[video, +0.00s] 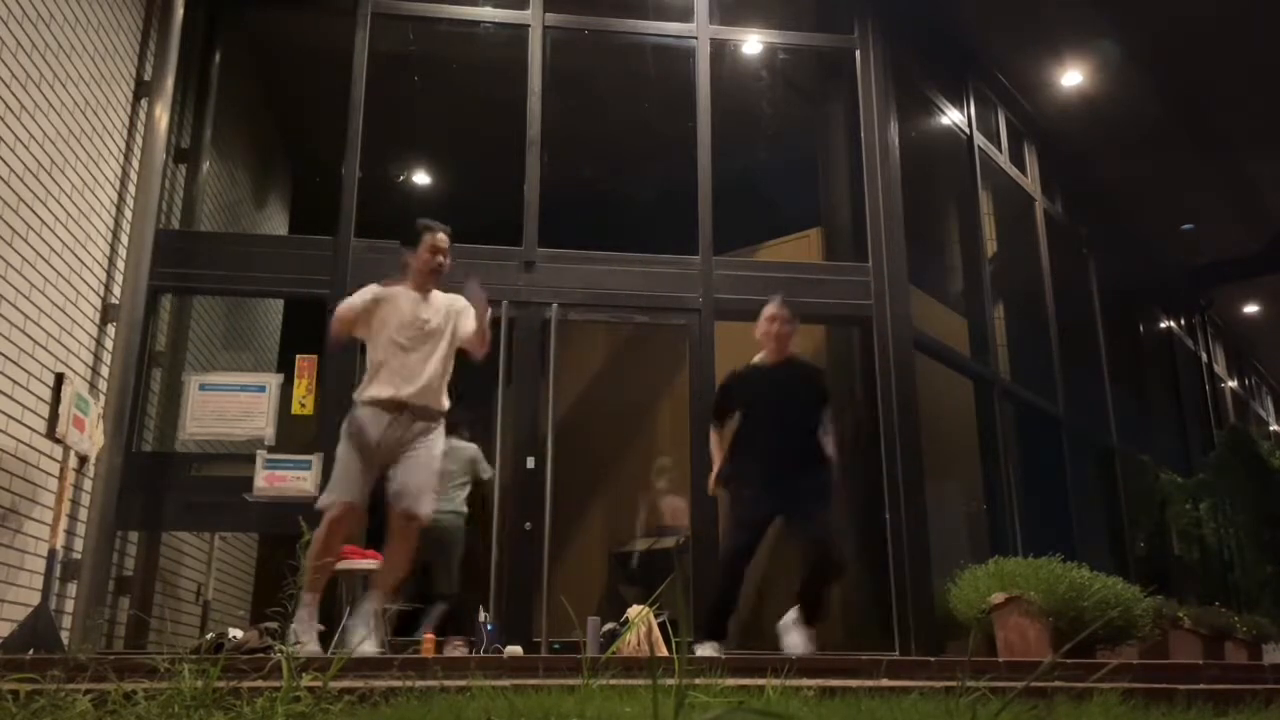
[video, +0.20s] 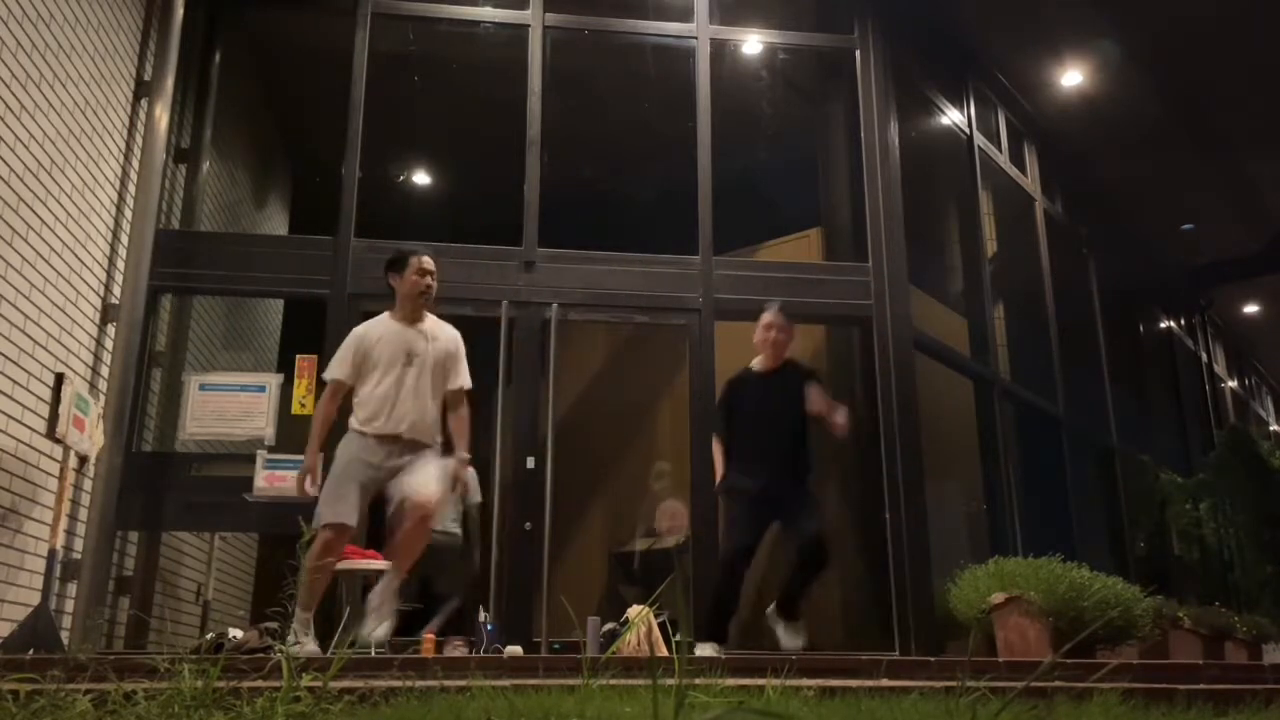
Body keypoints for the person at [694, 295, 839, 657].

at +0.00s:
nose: (777, 328)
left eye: (784, 321)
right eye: (770, 320)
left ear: (795, 329)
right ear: (757, 328)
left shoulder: (812, 376)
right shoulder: (743, 378)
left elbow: (827, 425)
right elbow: (715, 422)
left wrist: (836, 462)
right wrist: (719, 463)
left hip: (804, 479)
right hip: (753, 480)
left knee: (825, 554)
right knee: (734, 558)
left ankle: (799, 620)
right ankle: (711, 638)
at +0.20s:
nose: (774, 335)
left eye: (781, 330)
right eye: (768, 328)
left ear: (791, 337)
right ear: (756, 335)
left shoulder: (803, 380)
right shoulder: (738, 385)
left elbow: (841, 424)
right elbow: (718, 433)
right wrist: (721, 477)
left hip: (792, 484)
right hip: (746, 486)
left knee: (815, 549)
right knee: (734, 558)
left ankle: (785, 612)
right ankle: (712, 639)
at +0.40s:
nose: (816, 308)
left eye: (823, 302)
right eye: (810, 302)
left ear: (835, 308)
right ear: (798, 307)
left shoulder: (850, 342)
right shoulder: (788, 345)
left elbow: (884, 370)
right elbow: (752, 358)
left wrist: (833, 346)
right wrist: (745, 396)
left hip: (841, 452)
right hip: (791, 451)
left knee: (856, 526)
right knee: (757, 514)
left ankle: (850, 612)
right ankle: (747, 600)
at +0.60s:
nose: (859, 329)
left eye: (866, 323)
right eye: (853, 322)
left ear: (876, 332)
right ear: (840, 329)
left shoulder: (889, 382)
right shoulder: (824, 376)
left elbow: (905, 436)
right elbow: (795, 405)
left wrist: (877, 462)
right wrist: (792, 439)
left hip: (874, 481)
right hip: (826, 476)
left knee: (877, 563)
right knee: (811, 545)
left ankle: (865, 639)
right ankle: (857, 569)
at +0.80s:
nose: (877, 333)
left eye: (884, 327)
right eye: (870, 326)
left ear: (894, 334)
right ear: (858, 333)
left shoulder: (917, 374)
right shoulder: (851, 387)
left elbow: (954, 416)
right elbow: (853, 446)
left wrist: (924, 418)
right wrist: (898, 418)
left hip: (925, 475)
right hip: (880, 483)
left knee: (891, 524)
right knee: (927, 556)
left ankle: (891, 626)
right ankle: (977, 633)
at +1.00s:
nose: (890, 311)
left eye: (896, 303)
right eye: (882, 303)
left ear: (908, 304)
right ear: (872, 307)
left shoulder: (934, 337)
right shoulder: (869, 349)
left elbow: (979, 335)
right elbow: (840, 366)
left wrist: (919, 324)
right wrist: (882, 334)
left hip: (947, 440)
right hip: (903, 448)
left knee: (944, 518)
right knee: (919, 530)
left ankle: (991, 603)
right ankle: (957, 612)